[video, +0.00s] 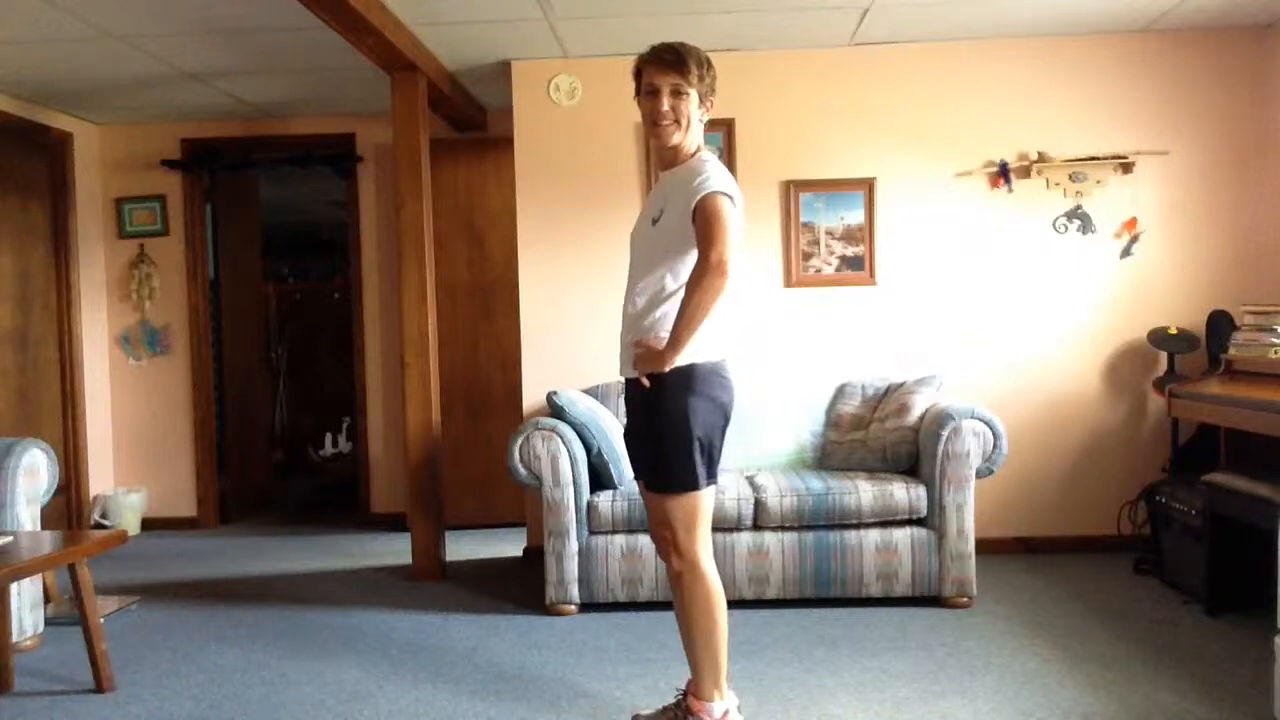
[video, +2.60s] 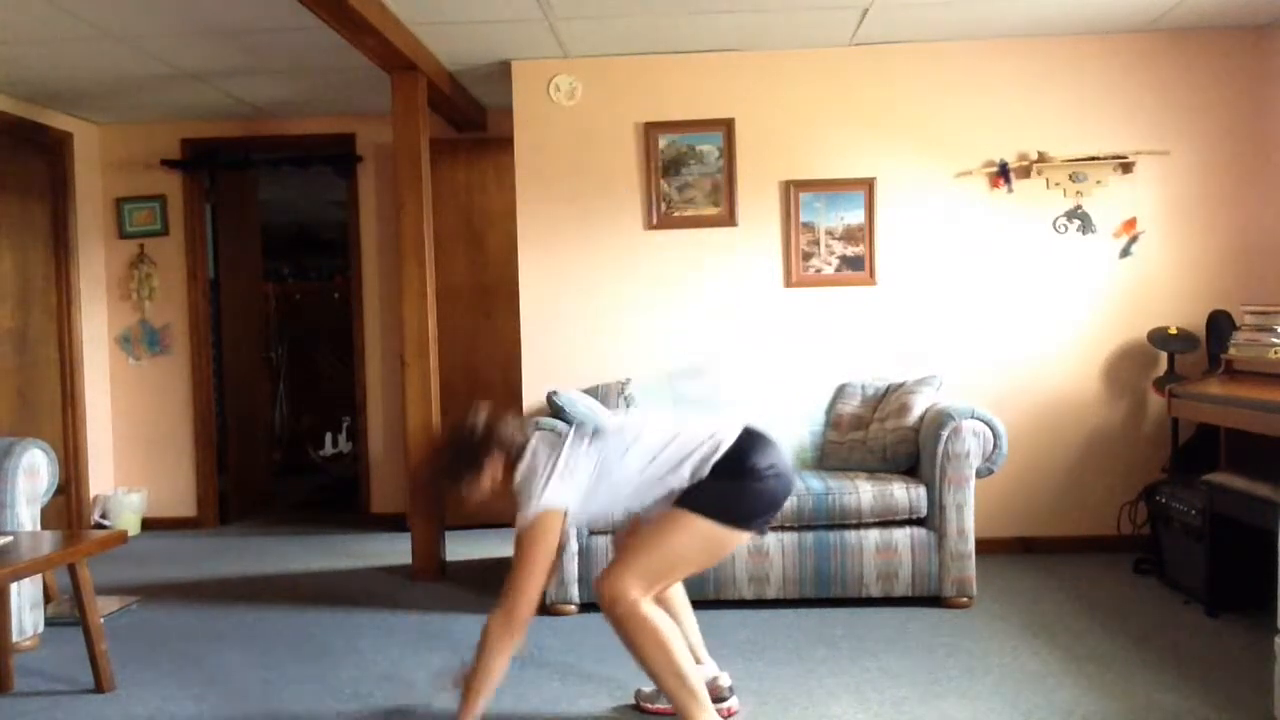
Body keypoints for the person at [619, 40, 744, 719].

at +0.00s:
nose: (661, 106)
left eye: (676, 93)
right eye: (650, 93)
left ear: (702, 103)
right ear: (638, 103)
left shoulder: (705, 176)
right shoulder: (665, 183)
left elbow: (718, 263)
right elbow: (665, 274)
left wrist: (670, 351)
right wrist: (643, 353)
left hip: (680, 380)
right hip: (653, 380)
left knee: (687, 549)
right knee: (673, 547)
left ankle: (713, 699)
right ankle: (706, 693)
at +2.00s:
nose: (625, 127)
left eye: (637, 111)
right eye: (617, 116)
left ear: (676, 109)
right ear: (614, 119)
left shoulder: (686, 174)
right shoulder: (660, 182)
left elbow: (707, 255)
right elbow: (671, 273)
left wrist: (653, 334)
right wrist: (640, 342)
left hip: (691, 374)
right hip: (676, 374)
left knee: (674, 543)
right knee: (669, 541)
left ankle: (711, 696)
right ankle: (703, 679)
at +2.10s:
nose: (576, 158)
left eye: (579, 142)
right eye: (571, 145)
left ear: (618, 125)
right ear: (621, 128)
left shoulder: (657, 184)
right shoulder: (663, 181)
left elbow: (637, 279)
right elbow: (640, 284)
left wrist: (579, 361)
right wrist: (577, 361)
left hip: (701, 376)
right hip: (707, 373)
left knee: (665, 541)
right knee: (681, 540)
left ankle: (707, 693)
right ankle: (708, 676)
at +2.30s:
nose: (523, 241)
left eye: (525, 226)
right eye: (518, 229)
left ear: (556, 210)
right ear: (559, 210)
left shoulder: (601, 252)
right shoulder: (607, 245)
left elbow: (569, 364)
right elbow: (579, 364)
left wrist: (521, 451)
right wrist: (534, 441)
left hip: (734, 399)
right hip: (735, 397)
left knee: (668, 556)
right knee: (678, 550)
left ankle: (713, 703)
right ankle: (706, 678)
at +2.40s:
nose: (486, 348)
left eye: (487, 333)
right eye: (480, 336)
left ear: (521, 314)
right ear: (524, 311)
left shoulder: (566, 354)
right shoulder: (581, 341)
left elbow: (536, 479)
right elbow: (551, 473)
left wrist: (479, 585)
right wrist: (512, 539)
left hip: (750, 428)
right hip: (760, 420)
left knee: (646, 572)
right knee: (672, 557)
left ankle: (705, 711)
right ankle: (709, 684)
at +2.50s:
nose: (477, 415)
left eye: (477, 401)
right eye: (471, 404)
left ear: (507, 382)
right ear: (510, 377)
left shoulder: (557, 415)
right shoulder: (564, 392)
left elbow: (523, 543)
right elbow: (535, 532)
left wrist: (469, 650)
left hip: (754, 443)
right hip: (754, 434)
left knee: (639, 578)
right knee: (658, 555)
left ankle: (706, 714)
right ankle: (707, 683)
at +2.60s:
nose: (467, 497)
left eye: (467, 484)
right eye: (461, 486)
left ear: (492, 464)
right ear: (498, 452)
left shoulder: (546, 479)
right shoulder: (545, 443)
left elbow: (511, 620)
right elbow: (519, 597)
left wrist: (470, 710)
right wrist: (488, 662)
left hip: (745, 471)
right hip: (744, 455)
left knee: (620, 590)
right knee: (638, 546)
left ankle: (700, 712)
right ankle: (705, 679)